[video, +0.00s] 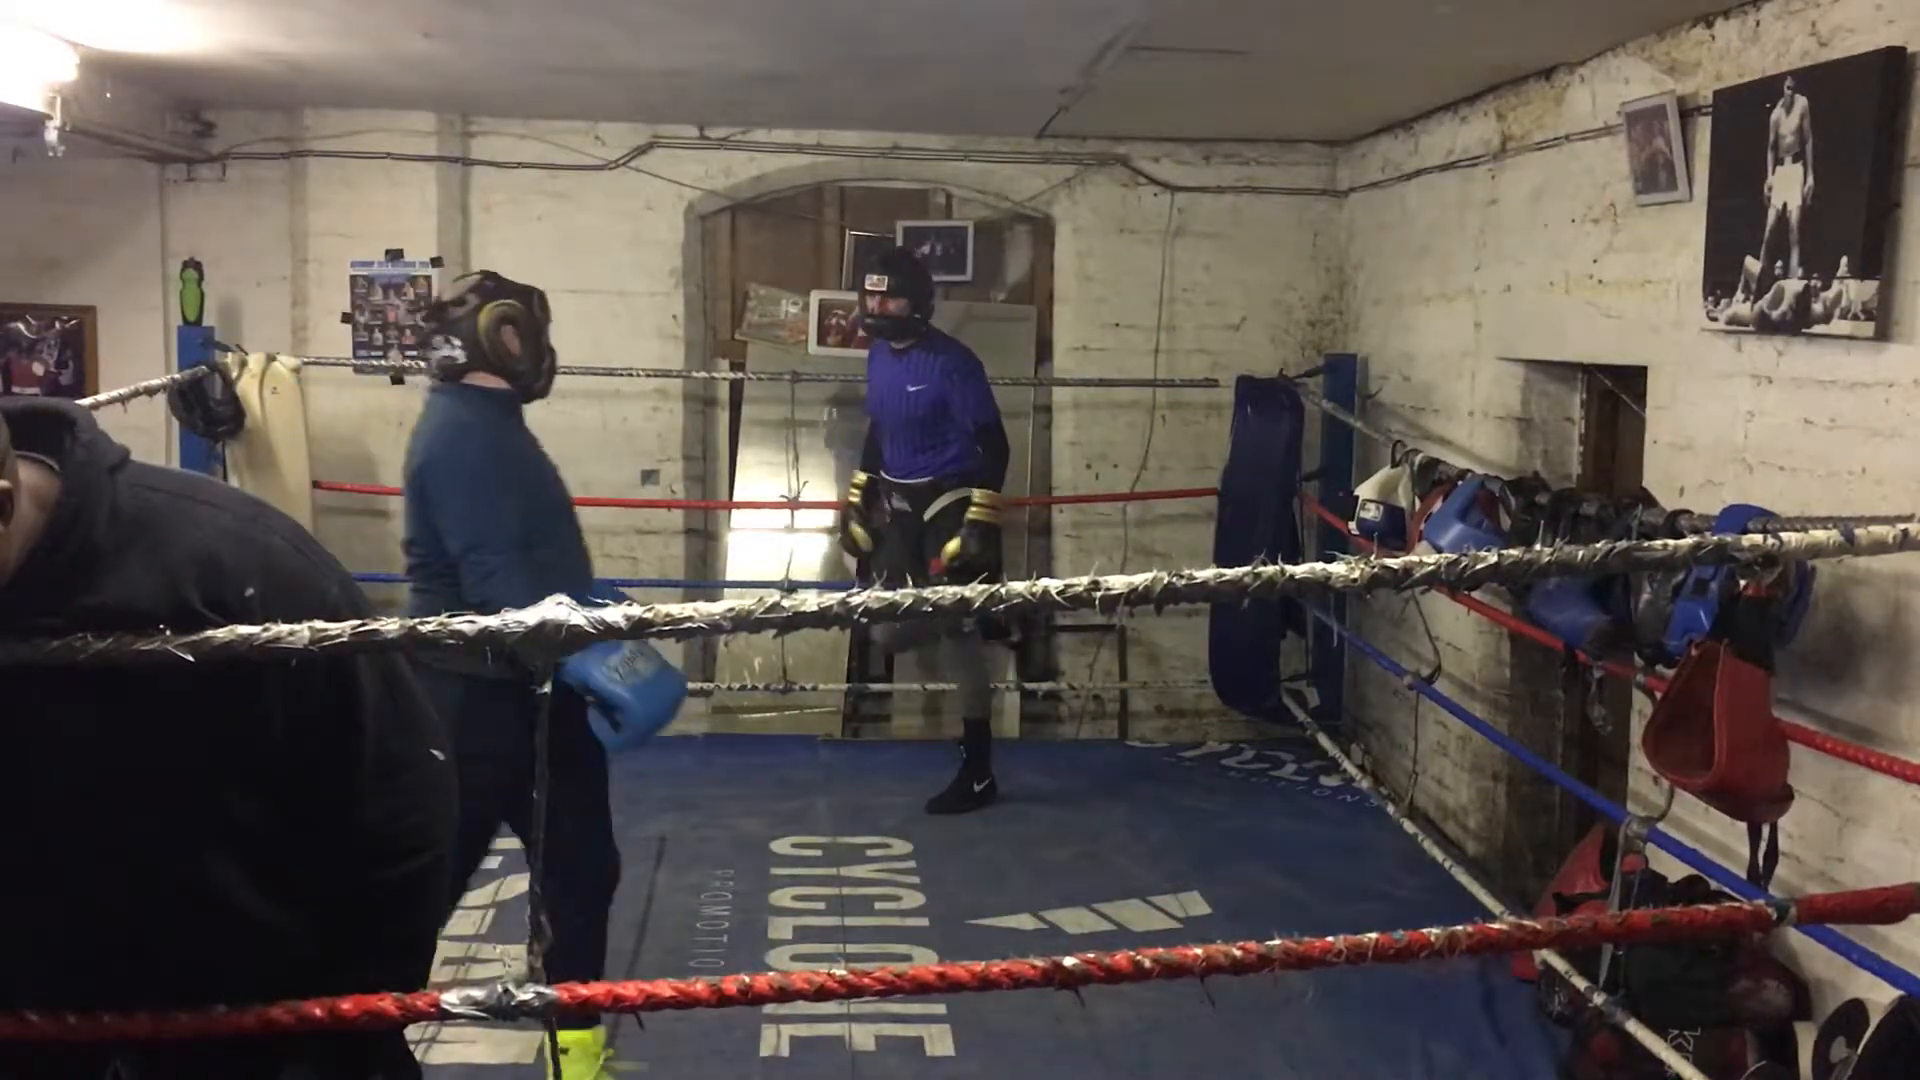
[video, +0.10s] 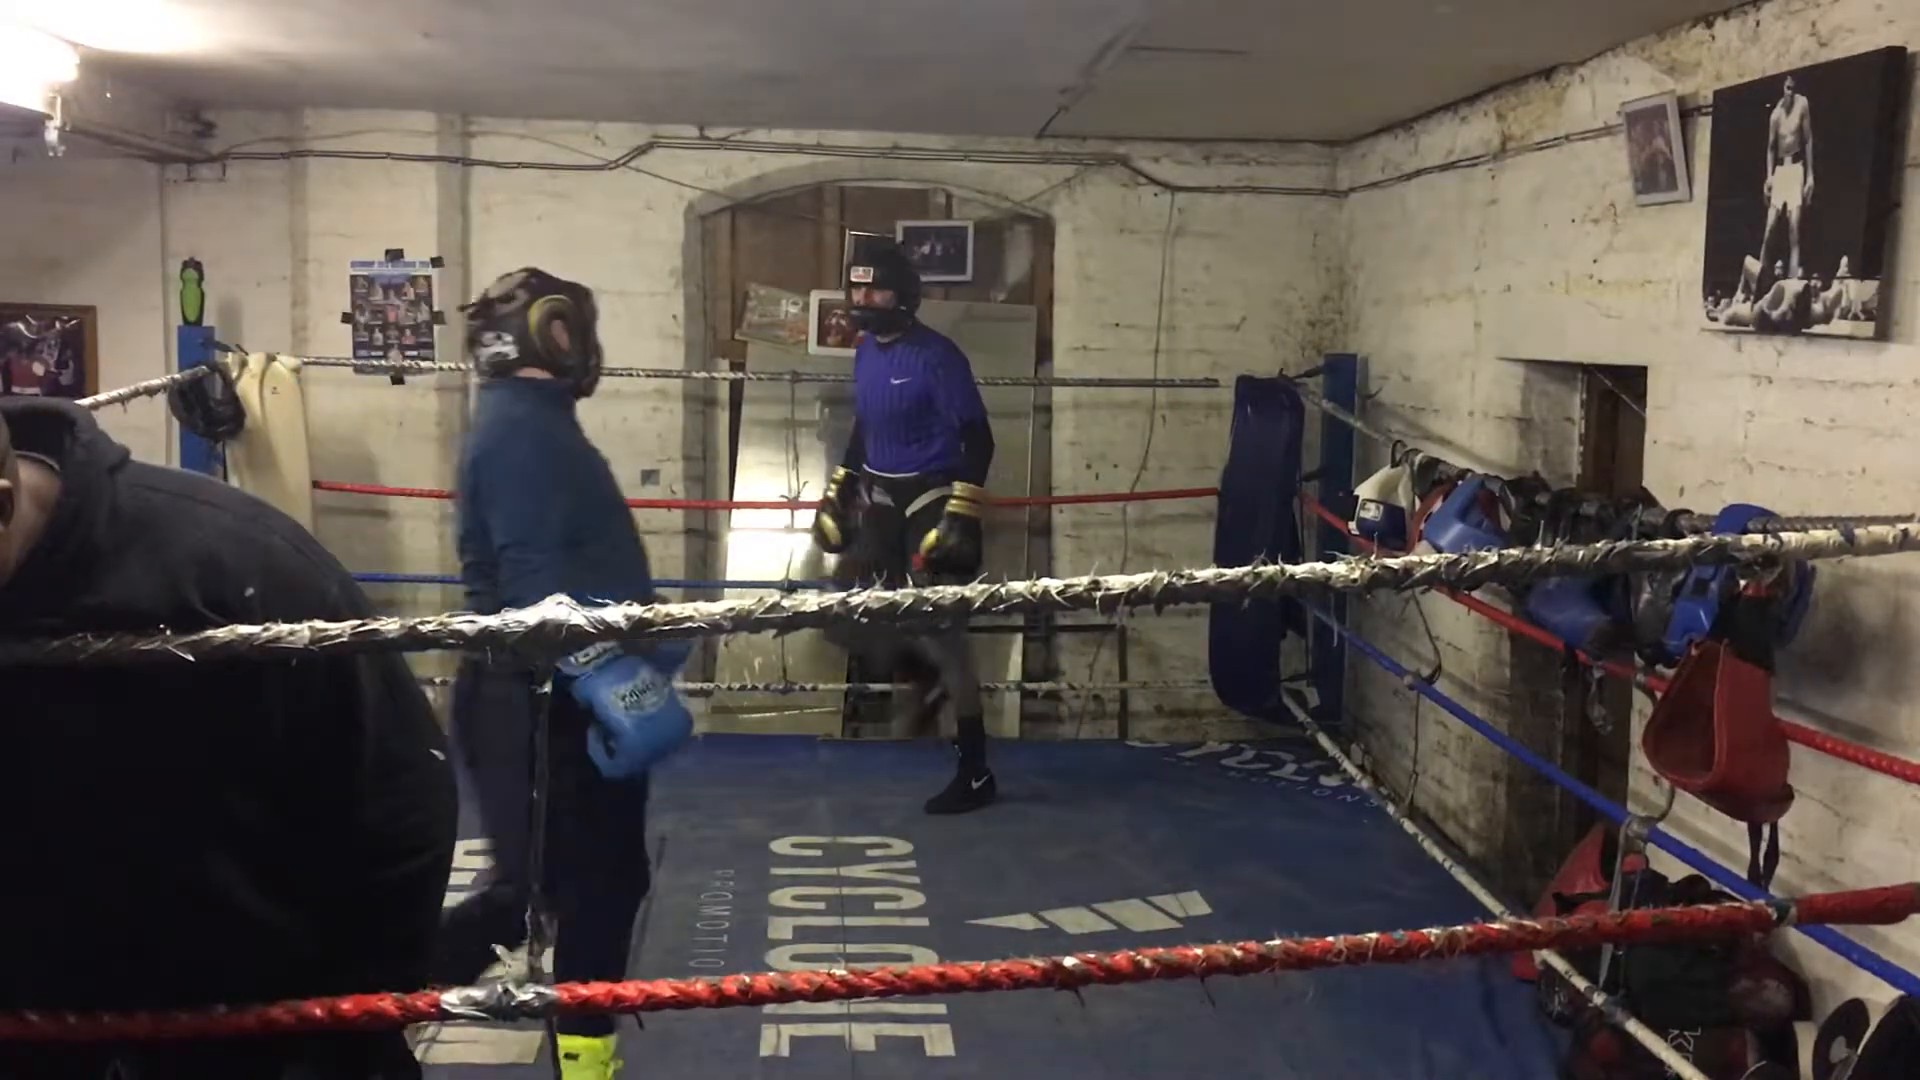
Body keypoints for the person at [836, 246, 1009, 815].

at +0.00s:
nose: (873, 305)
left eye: (886, 296)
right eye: (869, 296)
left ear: (915, 302)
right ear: (866, 301)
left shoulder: (953, 362)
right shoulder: (879, 356)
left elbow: (994, 444)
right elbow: (878, 430)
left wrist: (981, 517)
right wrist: (859, 499)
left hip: (951, 507)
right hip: (897, 507)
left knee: (959, 633)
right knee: (891, 634)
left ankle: (978, 769)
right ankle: (965, 609)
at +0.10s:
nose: (864, 298)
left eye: (875, 287)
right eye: (857, 287)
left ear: (903, 293)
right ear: (851, 294)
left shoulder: (938, 356)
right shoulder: (865, 353)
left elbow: (978, 438)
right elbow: (864, 426)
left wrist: (963, 510)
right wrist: (838, 493)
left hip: (933, 504)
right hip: (879, 502)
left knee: (945, 632)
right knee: (844, 618)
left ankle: (974, 769)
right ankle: (928, 671)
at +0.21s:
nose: (850, 295)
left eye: (862, 284)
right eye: (845, 284)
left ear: (891, 291)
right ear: (840, 291)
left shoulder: (924, 355)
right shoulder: (847, 354)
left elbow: (962, 434)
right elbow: (844, 427)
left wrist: (952, 506)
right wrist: (819, 492)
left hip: (914, 505)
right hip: (855, 504)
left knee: (929, 631)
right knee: (828, 624)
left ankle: (970, 765)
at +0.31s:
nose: (838, 294)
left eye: (851, 285)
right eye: (832, 284)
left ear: (878, 292)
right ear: (824, 292)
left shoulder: (905, 357)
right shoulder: (824, 358)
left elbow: (945, 438)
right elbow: (810, 436)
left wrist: (941, 510)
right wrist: (793, 504)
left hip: (892, 507)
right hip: (831, 507)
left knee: (901, 632)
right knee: (824, 631)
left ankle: (966, 763)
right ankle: (844, 761)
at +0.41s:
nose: (826, 292)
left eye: (838, 282)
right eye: (819, 281)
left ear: (864, 290)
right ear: (809, 289)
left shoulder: (895, 354)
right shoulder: (806, 355)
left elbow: (932, 436)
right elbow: (787, 434)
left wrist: (929, 502)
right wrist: (765, 504)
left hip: (874, 503)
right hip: (812, 501)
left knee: (867, 637)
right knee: (816, 633)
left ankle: (945, 749)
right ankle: (844, 760)